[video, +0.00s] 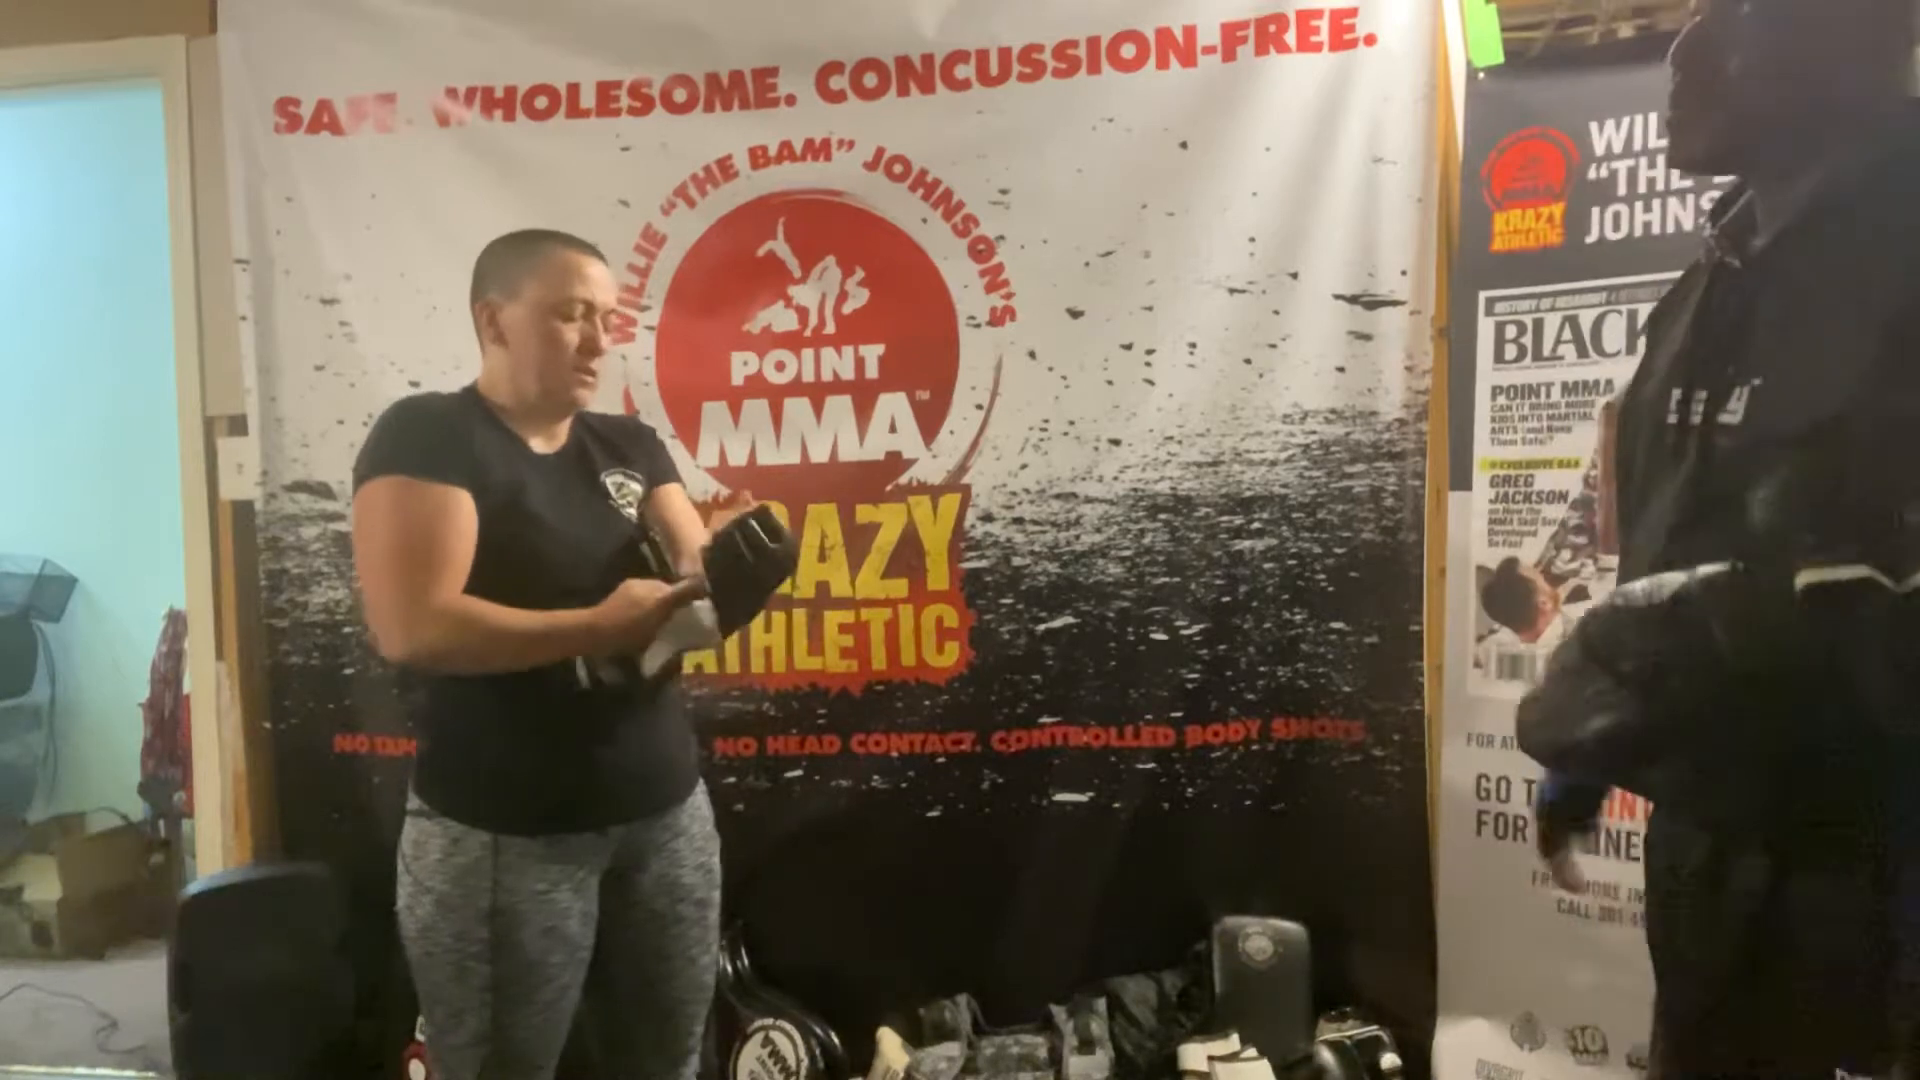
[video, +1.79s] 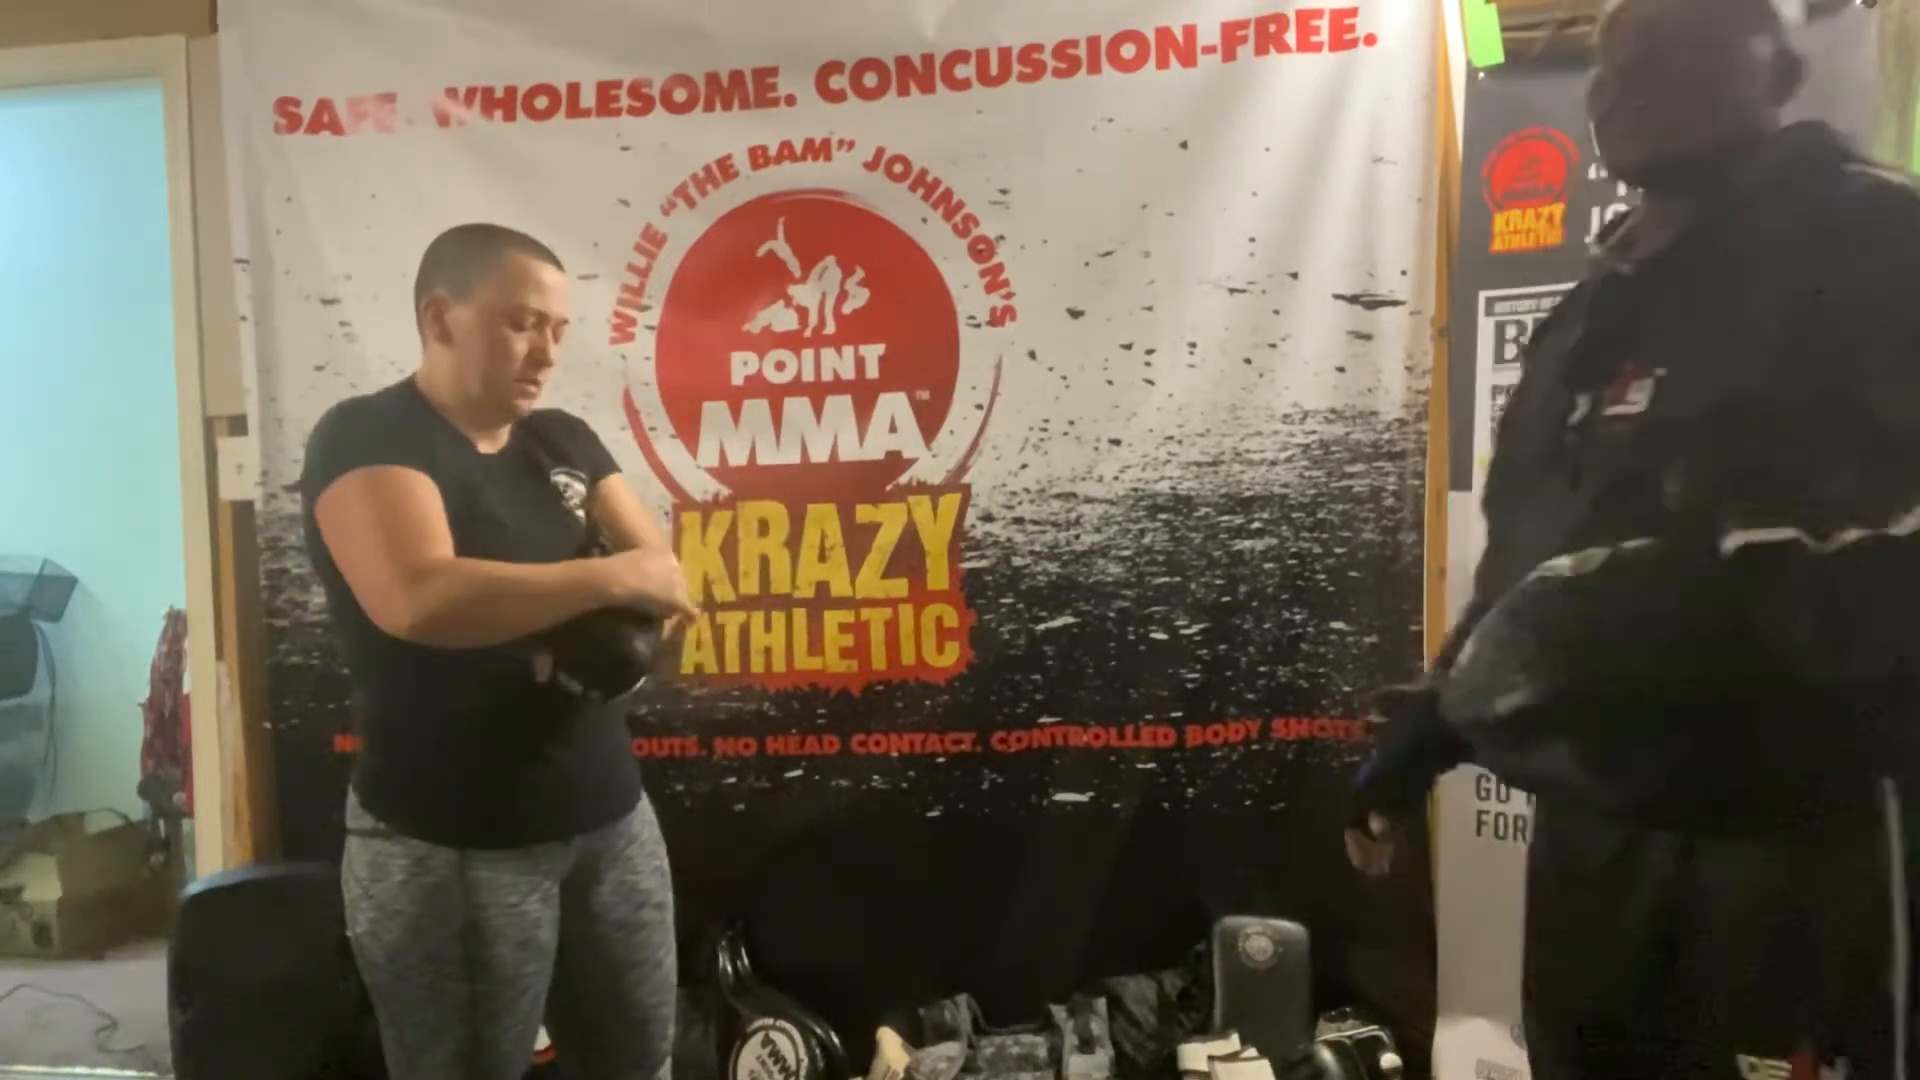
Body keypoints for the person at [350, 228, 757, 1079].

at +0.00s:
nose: (599, 339)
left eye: (606, 319)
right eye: (572, 312)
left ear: (613, 328)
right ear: (491, 319)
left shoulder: (628, 444)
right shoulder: (424, 436)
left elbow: (700, 581)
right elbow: (412, 626)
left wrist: (727, 549)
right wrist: (600, 627)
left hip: (664, 828)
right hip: (499, 846)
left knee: (658, 1065)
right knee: (496, 1068)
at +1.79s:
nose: (546, 351)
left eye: (557, 329)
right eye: (524, 323)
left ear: (564, 331)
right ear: (439, 314)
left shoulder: (560, 439)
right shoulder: (364, 437)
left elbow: (661, 568)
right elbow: (413, 597)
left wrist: (621, 625)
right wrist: (611, 580)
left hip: (609, 828)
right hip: (448, 852)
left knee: (635, 1065)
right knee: (467, 1067)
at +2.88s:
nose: (609, 356)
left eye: (617, 335)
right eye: (590, 329)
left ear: (621, 340)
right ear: (508, 318)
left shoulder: (625, 448)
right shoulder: (421, 433)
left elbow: (704, 587)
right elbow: (449, 610)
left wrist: (736, 656)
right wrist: (634, 589)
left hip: (653, 825)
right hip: (490, 842)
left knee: (656, 1064)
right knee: (493, 1068)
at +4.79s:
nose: (628, 347)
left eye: (634, 323)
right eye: (606, 320)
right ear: (520, 317)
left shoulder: (626, 449)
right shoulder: (428, 435)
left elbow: (645, 600)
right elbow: (394, 624)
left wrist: (725, 633)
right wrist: (592, 621)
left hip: (657, 828)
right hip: (499, 846)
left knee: (646, 1064)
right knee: (492, 1067)